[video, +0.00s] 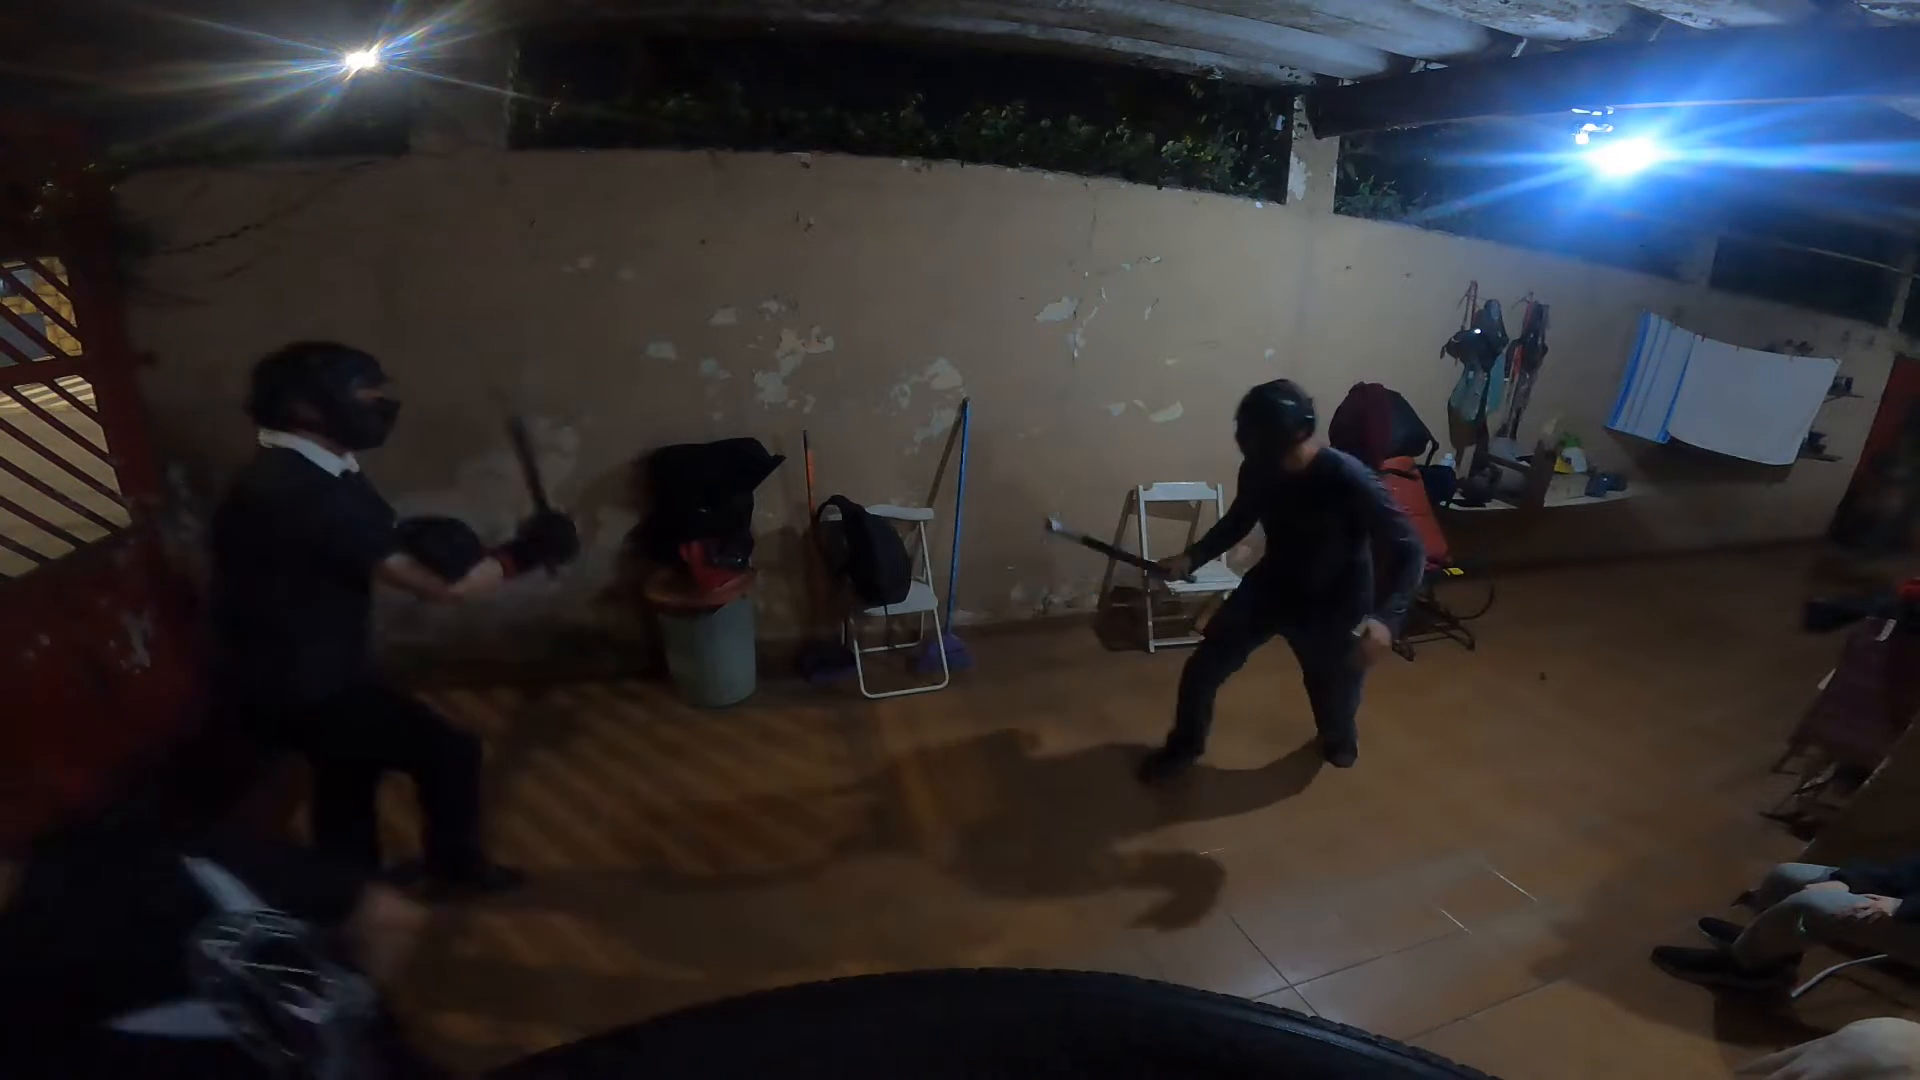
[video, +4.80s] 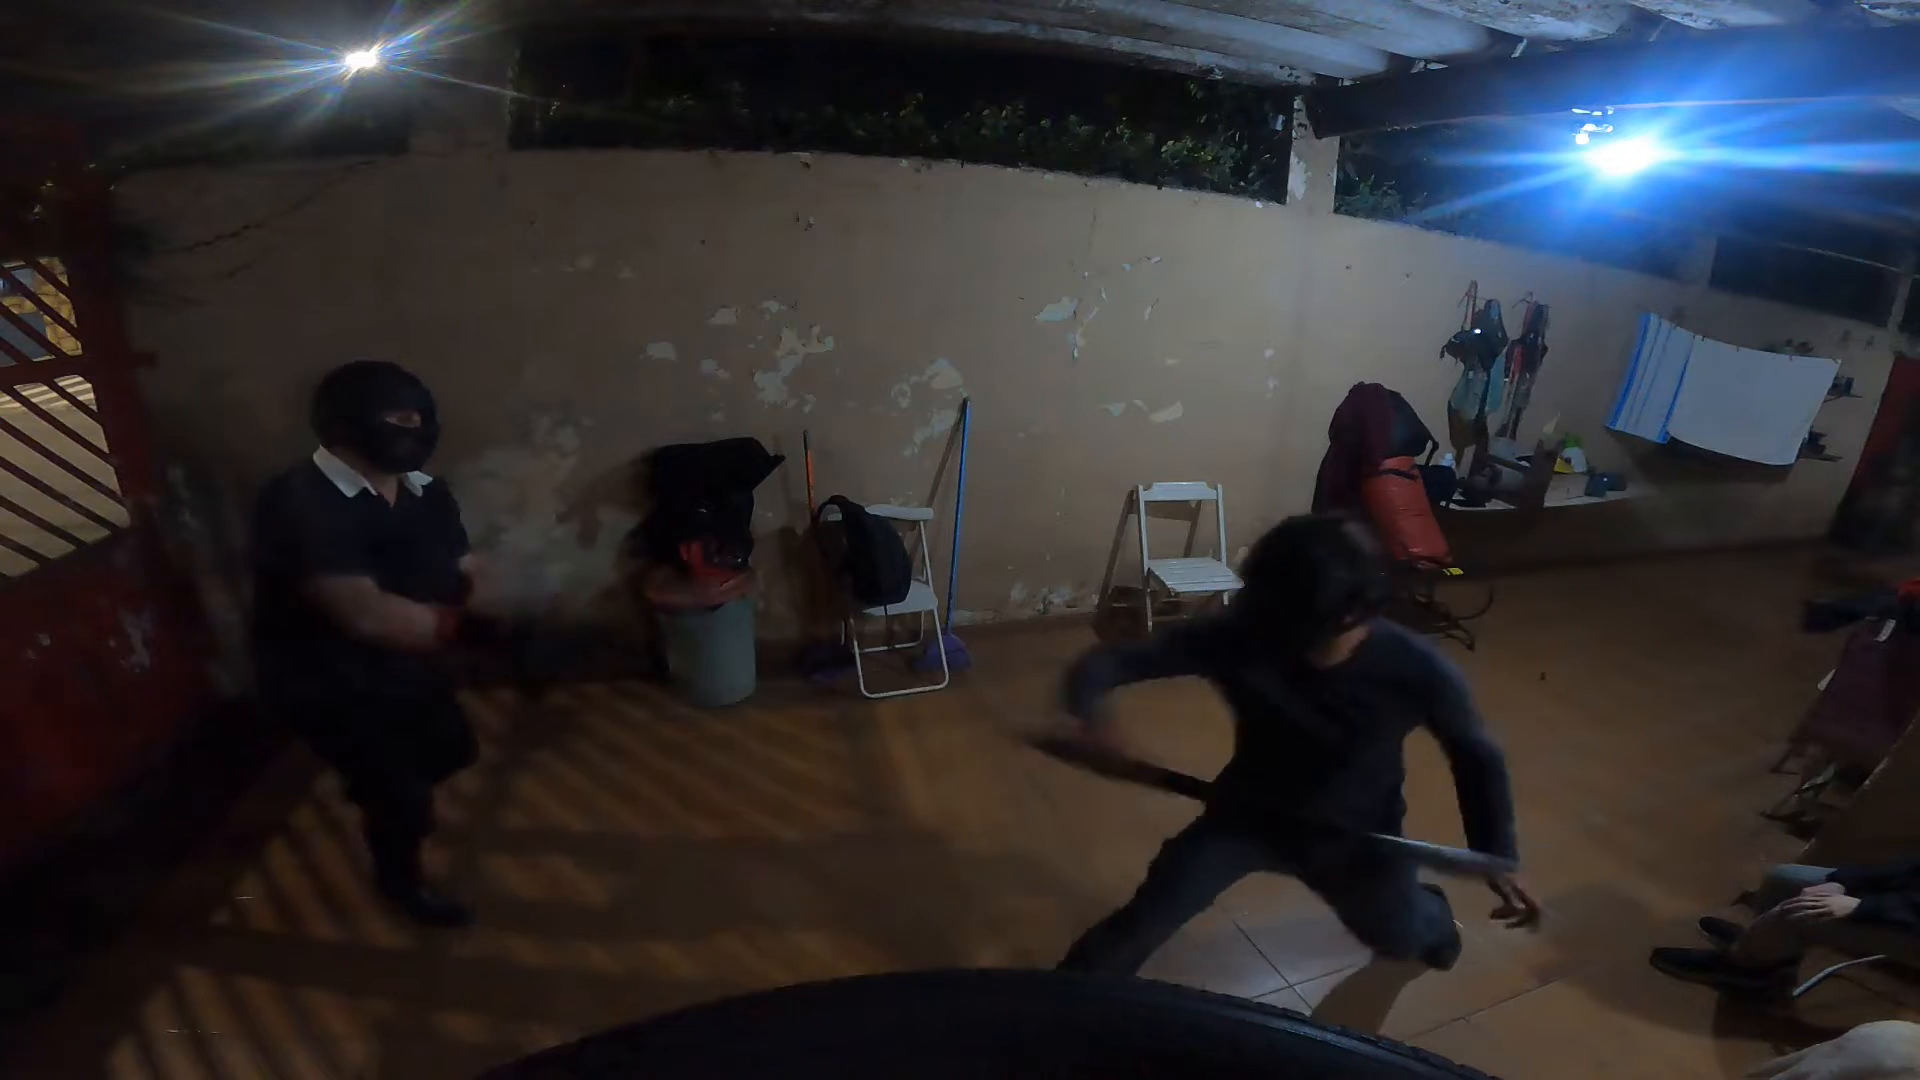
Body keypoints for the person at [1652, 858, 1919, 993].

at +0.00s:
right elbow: (1910, 872)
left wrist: (1903, 908)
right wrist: (1848, 878)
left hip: (1912, 923)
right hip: (1904, 893)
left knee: (1807, 905)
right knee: (1785, 877)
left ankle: (1740, 961)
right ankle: (1756, 944)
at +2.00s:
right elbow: (1912, 870)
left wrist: (1903, 908)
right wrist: (1846, 880)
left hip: (1911, 925)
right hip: (1901, 892)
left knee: (1807, 905)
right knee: (1784, 877)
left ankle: (1739, 961)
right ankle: (1760, 945)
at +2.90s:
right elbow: (1910, 870)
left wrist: (1871, 908)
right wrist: (1847, 881)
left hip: (1910, 924)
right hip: (1898, 893)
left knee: (1797, 913)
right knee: (1783, 879)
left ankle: (1738, 963)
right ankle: (1766, 953)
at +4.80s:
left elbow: (1914, 916)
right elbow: (1908, 871)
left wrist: (1858, 908)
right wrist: (1844, 882)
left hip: (1911, 926)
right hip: (1902, 891)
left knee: (1795, 915)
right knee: (1781, 879)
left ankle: (1741, 962)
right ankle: (1756, 946)